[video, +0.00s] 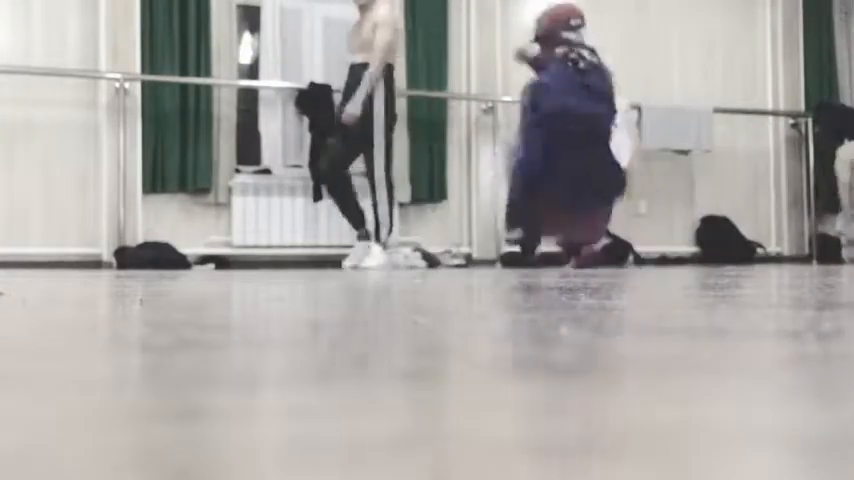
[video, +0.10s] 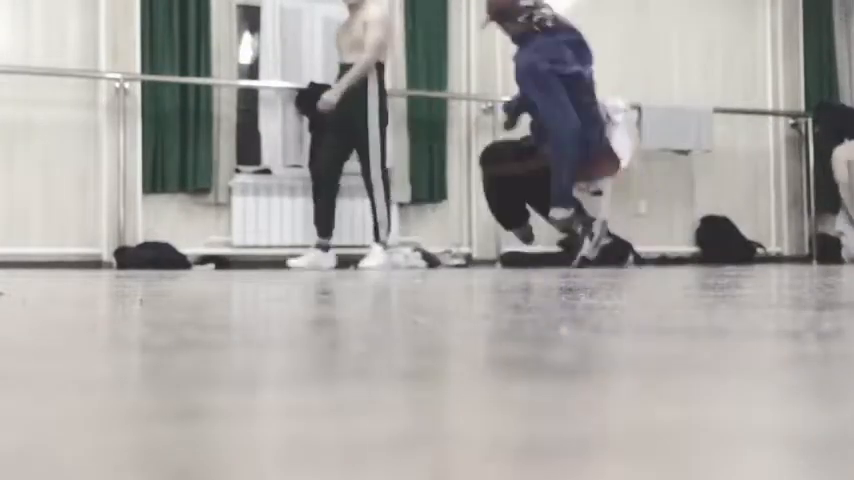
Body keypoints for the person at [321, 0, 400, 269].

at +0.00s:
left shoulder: (385, 13)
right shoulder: (363, 18)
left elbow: (379, 61)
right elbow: (359, 62)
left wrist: (358, 101)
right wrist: (344, 94)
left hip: (377, 85)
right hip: (357, 84)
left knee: (379, 169)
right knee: (332, 166)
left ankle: (381, 245)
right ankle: (363, 236)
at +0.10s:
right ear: (346, 1)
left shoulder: (375, 12)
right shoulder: (346, 23)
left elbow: (371, 55)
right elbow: (348, 66)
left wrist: (337, 89)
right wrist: (328, 95)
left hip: (368, 85)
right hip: (345, 86)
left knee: (373, 167)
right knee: (324, 166)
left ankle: (381, 247)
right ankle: (323, 248)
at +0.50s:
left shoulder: (327, 17)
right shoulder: (275, 23)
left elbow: (339, 65)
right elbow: (266, 75)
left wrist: (343, 110)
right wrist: (258, 117)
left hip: (319, 82)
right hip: (290, 84)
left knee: (334, 164)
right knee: (280, 167)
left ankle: (363, 241)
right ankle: (280, 248)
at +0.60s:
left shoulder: (320, 16)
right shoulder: (263, 20)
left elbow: (335, 67)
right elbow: (249, 69)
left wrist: (347, 114)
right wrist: (231, 109)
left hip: (315, 88)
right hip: (283, 90)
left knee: (330, 167)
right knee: (280, 171)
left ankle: (351, 243)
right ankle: (280, 249)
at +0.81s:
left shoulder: (316, 21)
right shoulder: (254, 22)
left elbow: (331, 70)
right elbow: (232, 70)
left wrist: (339, 114)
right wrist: (215, 107)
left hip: (310, 92)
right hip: (277, 94)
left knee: (321, 172)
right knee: (277, 174)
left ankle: (334, 247)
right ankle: (279, 250)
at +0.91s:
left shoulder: (317, 21)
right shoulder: (255, 22)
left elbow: (327, 70)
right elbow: (237, 65)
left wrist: (333, 115)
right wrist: (225, 105)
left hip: (310, 90)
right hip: (277, 91)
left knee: (320, 170)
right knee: (277, 172)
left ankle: (327, 248)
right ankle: (280, 250)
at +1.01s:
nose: (292, 1)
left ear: (300, 0)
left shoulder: (318, 23)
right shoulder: (258, 24)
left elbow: (328, 71)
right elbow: (246, 69)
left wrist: (333, 118)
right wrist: (239, 112)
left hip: (311, 89)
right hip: (278, 89)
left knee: (317, 172)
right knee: (277, 173)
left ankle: (321, 247)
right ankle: (279, 248)